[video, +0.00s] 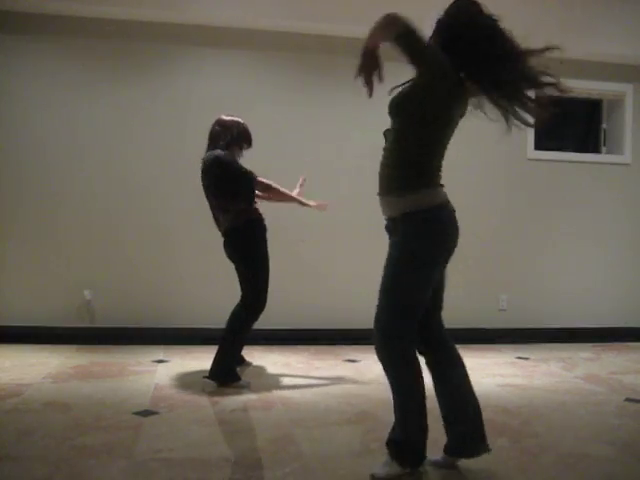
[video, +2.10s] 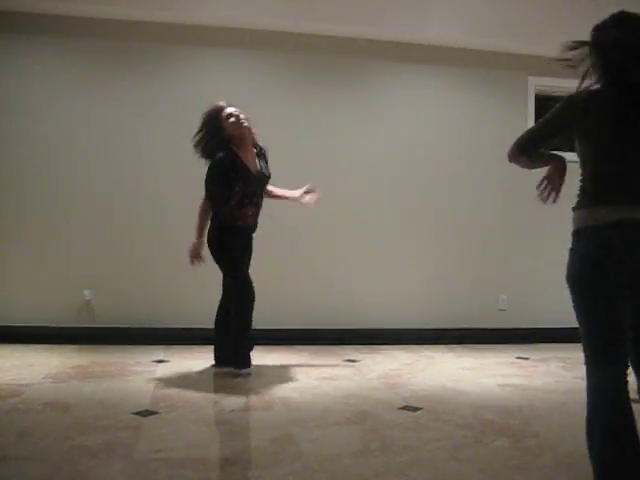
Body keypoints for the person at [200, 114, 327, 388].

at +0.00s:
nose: (243, 150)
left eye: (244, 145)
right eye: (241, 144)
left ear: (219, 137)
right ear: (231, 139)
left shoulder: (213, 162)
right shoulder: (223, 162)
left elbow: (254, 190)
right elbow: (262, 187)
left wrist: (289, 192)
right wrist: (303, 202)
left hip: (237, 236)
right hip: (247, 235)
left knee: (251, 298)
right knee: (254, 301)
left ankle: (231, 354)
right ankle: (222, 370)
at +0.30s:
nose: (233, 149)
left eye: (233, 143)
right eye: (228, 144)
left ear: (231, 144)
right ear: (213, 146)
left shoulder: (231, 162)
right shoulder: (208, 175)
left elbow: (263, 178)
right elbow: (244, 187)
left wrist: (297, 187)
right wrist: (272, 170)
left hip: (258, 233)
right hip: (247, 236)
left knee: (255, 300)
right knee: (250, 301)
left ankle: (231, 355)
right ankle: (224, 369)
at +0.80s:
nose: (219, 166)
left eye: (219, 161)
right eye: (217, 161)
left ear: (196, 163)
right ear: (208, 163)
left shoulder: (206, 185)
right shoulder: (210, 189)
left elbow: (245, 179)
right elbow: (246, 208)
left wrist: (281, 175)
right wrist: (283, 201)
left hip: (253, 240)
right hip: (259, 241)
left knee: (255, 302)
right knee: (261, 305)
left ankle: (230, 357)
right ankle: (225, 369)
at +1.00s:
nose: (200, 158)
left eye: (200, 153)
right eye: (192, 158)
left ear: (207, 157)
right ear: (184, 169)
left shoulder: (213, 189)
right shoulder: (207, 194)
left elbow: (249, 213)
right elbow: (242, 224)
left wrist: (278, 224)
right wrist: (283, 237)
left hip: (258, 243)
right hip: (256, 246)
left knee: (256, 304)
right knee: (255, 307)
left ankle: (231, 353)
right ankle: (220, 372)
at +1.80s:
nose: (185, 153)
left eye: (179, 155)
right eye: (182, 161)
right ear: (190, 175)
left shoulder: (216, 172)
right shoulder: (213, 179)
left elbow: (210, 220)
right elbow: (210, 220)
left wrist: (237, 241)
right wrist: (237, 241)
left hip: (260, 233)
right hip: (257, 237)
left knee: (253, 301)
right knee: (253, 303)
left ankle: (230, 354)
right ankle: (223, 369)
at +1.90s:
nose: (199, 132)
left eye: (193, 132)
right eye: (193, 138)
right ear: (198, 154)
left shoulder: (232, 154)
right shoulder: (219, 167)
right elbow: (206, 209)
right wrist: (228, 243)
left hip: (254, 234)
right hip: (245, 237)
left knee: (252, 297)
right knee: (251, 298)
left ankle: (230, 356)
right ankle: (226, 366)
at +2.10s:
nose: (239, 117)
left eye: (238, 113)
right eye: (230, 117)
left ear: (247, 119)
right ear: (224, 133)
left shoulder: (258, 152)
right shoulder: (222, 162)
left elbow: (259, 187)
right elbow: (207, 203)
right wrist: (198, 239)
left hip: (244, 236)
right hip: (224, 237)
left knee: (231, 294)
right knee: (244, 292)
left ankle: (225, 357)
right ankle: (237, 359)